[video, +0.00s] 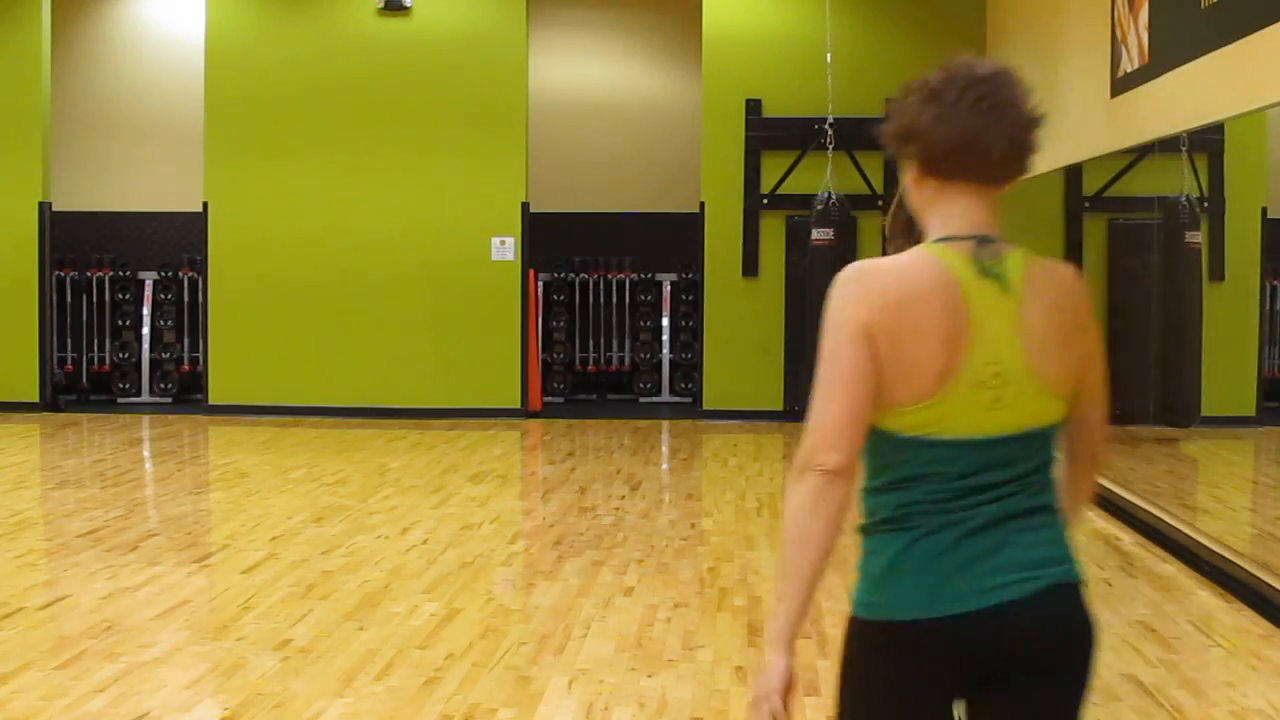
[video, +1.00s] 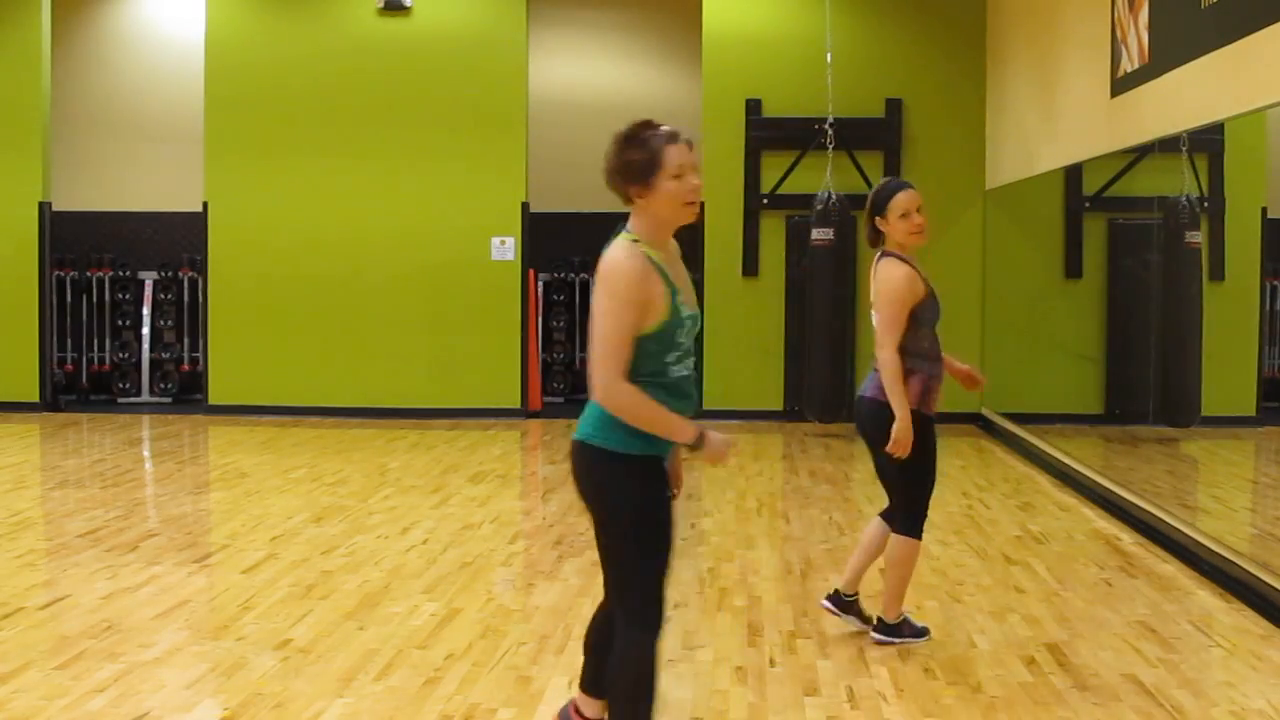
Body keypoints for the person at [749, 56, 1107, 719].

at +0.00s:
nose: (903, 177)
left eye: (903, 161)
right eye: (905, 160)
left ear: (916, 167)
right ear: (1012, 167)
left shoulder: (869, 289)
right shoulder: (1064, 291)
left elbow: (826, 467)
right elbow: (1085, 464)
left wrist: (779, 642)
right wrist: (1040, 531)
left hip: (907, 624)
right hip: (1044, 613)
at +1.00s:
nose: (697, 185)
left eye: (697, 172)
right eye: (682, 175)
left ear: (691, 176)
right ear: (641, 187)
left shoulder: (667, 250)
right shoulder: (624, 263)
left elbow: (663, 364)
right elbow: (606, 385)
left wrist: (671, 449)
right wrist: (692, 433)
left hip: (646, 453)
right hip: (616, 456)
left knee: (630, 594)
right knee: (640, 613)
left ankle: (589, 703)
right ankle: (628, 712)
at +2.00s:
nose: (563, 221)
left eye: (561, 212)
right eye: (553, 213)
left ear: (532, 219)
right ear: (516, 219)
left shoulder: (567, 275)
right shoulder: (468, 275)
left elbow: (581, 359)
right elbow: (439, 354)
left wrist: (535, 408)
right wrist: (415, 424)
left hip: (542, 434)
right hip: (477, 433)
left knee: (535, 554)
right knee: (486, 556)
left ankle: (529, 648)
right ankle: (487, 679)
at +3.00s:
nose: (505, 205)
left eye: (514, 198)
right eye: (494, 199)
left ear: (527, 212)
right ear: (477, 213)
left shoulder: (547, 277)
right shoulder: (451, 272)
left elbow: (543, 364)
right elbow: (423, 349)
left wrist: (508, 425)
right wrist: (402, 422)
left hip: (518, 420)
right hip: (456, 421)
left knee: (548, 531)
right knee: (466, 535)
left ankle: (565, 639)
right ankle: (467, 642)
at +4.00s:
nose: (565, 229)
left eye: (570, 219)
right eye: (553, 221)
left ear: (578, 223)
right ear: (528, 228)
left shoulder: (592, 286)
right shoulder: (507, 273)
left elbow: (591, 368)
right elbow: (465, 282)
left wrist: (581, 430)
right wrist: (499, 232)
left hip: (553, 434)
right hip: (491, 429)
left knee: (595, 534)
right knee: (478, 541)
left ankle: (602, 650)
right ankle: (468, 655)